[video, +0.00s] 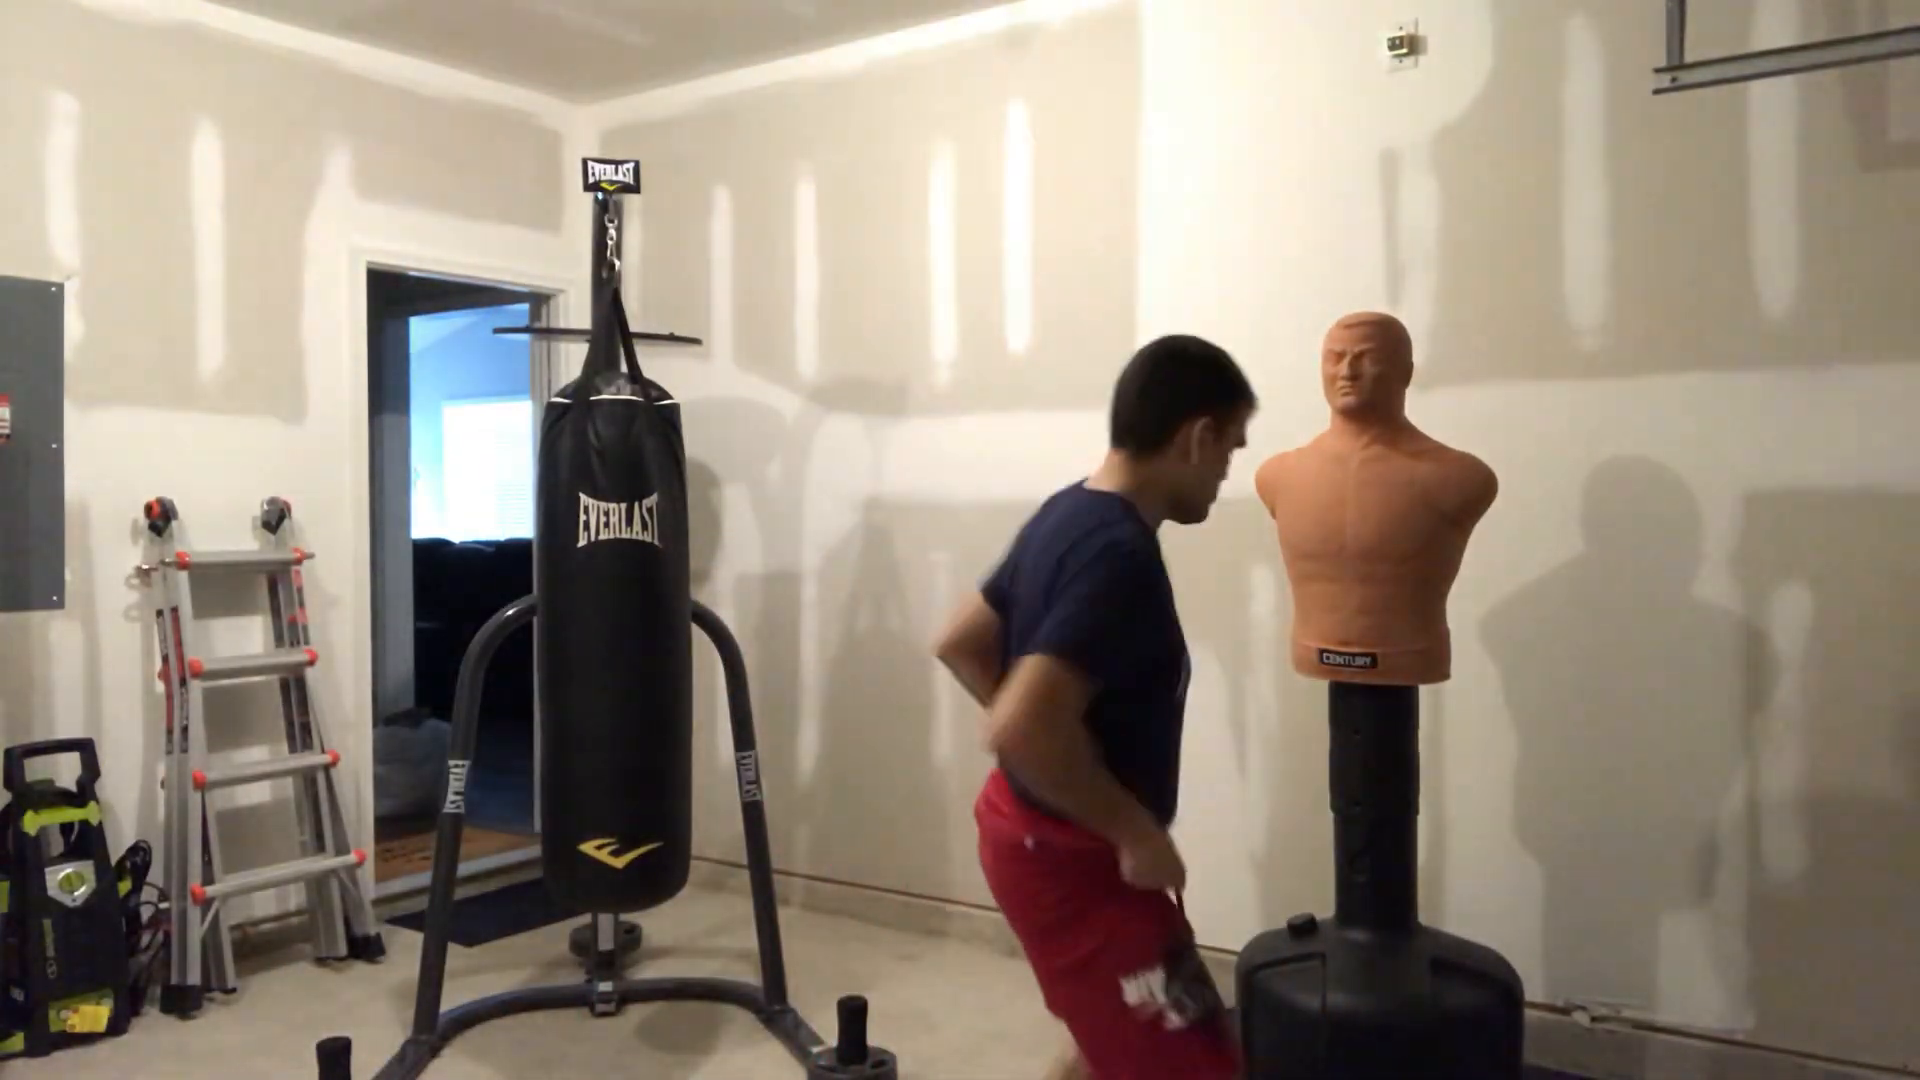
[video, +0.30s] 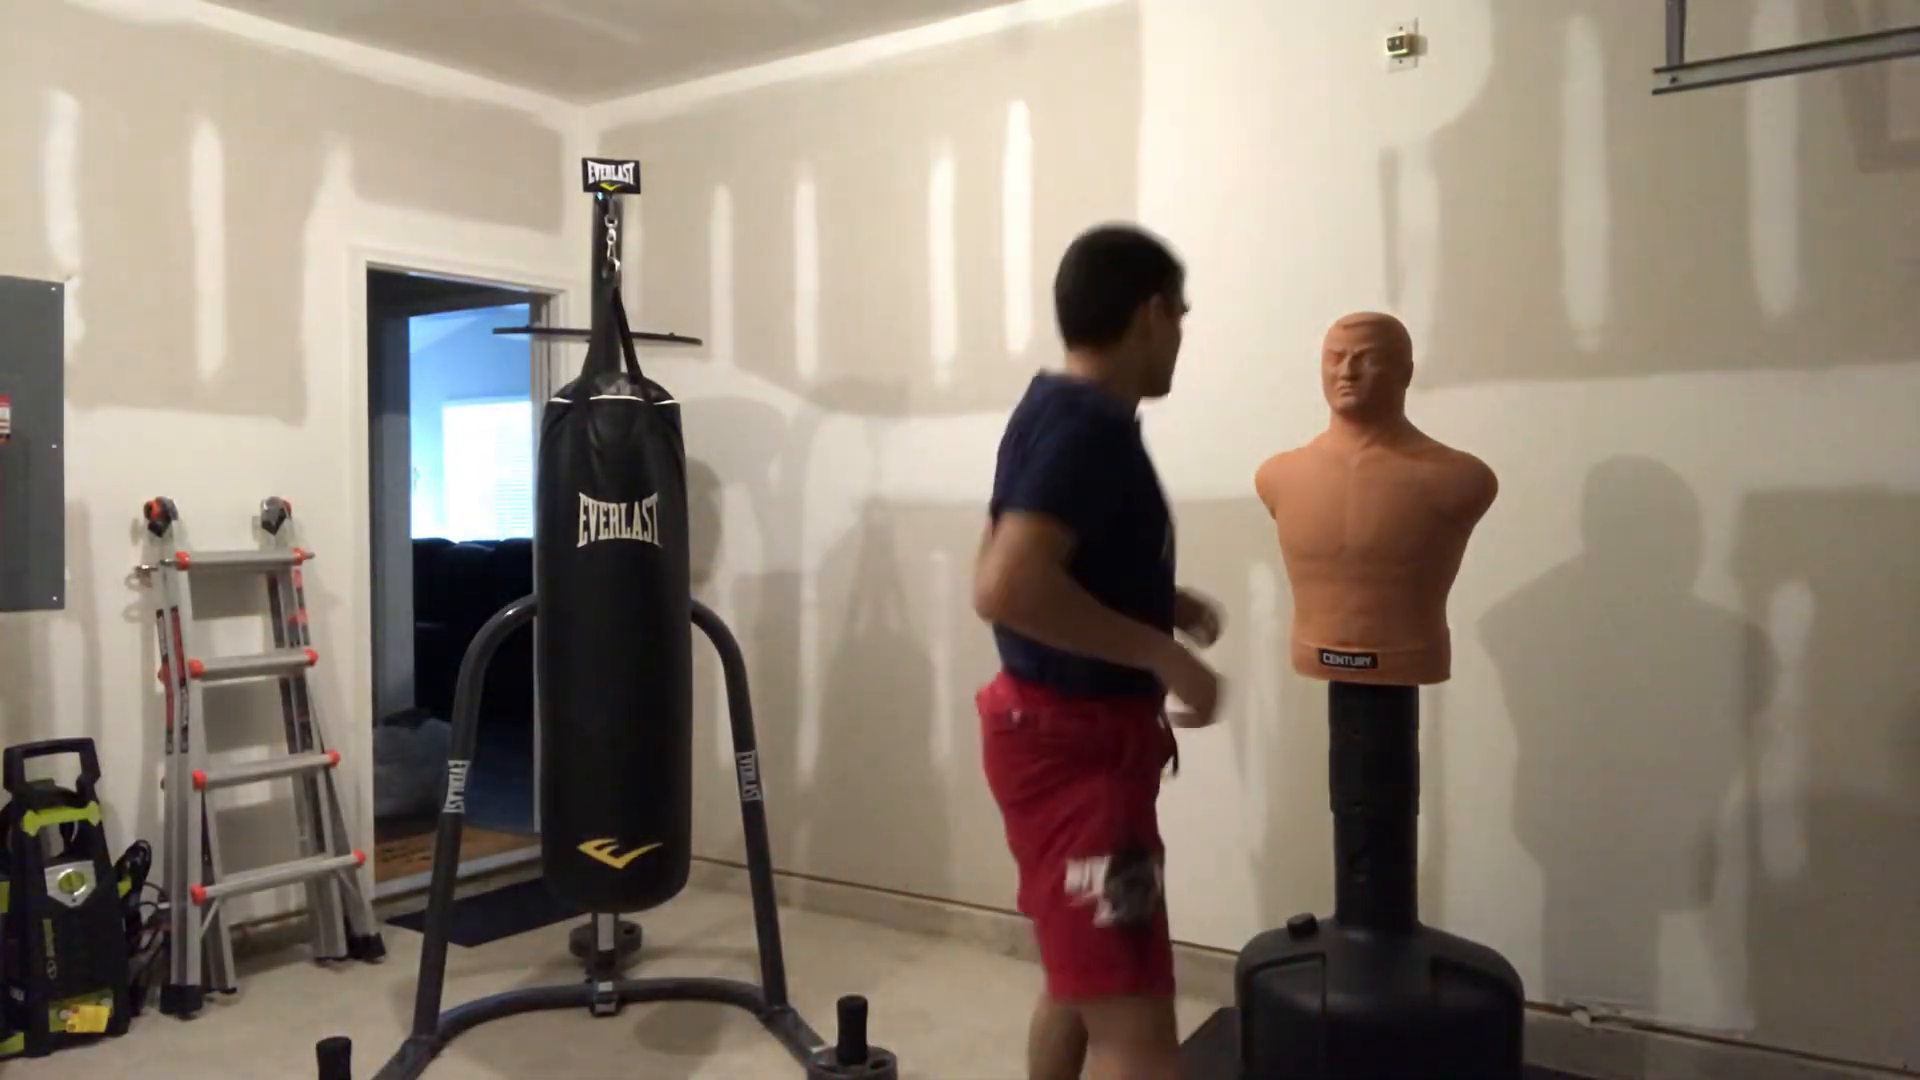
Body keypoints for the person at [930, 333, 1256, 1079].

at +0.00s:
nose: (1231, 469)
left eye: (1236, 448)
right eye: (1232, 445)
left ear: (1135, 425)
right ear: (1196, 436)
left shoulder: (1069, 511)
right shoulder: (1118, 546)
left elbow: (963, 645)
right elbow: (1027, 729)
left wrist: (1044, 737)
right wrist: (1134, 831)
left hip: (1031, 833)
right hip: (1076, 855)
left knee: (1114, 1045)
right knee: (1189, 1060)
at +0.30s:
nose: (1180, 337)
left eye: (1179, 317)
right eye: (1177, 316)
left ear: (1082, 315)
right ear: (1145, 315)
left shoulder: (1053, 407)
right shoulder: (1080, 422)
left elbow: (1014, 559)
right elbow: (1008, 587)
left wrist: (1163, 602)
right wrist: (1164, 656)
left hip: (1063, 723)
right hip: (1078, 733)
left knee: (1074, 995)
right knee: (1135, 1025)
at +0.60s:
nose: (1156, 379)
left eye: (1156, 357)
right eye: (1154, 356)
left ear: (1051, 361)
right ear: (1126, 354)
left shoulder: (1030, 470)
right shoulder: (1078, 479)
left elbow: (1056, 612)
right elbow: (1128, 685)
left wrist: (1169, 572)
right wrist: (1269, 593)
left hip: (1020, 806)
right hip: (1052, 819)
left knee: (1088, 1052)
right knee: (1101, 1058)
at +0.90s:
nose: (1142, 390)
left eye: (1140, 367)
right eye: (1137, 367)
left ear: (1027, 373)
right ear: (1104, 372)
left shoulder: (989, 484)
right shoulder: (1071, 492)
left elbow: (1078, 568)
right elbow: (1256, 625)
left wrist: (1161, 477)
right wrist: (1272, 521)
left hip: (982, 821)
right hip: (1045, 839)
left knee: (1028, 1062)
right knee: (1068, 1066)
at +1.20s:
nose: (1143, 368)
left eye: (1146, 346)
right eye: (1143, 345)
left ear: (1024, 342)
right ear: (1115, 342)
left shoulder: (972, 461)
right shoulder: (1097, 464)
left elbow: (1075, 549)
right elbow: (1272, 606)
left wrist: (1158, 453)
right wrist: (1278, 484)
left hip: (958, 816)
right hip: (1032, 833)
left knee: (1006, 1061)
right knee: (1070, 1064)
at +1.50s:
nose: (1155, 372)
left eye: (1153, 353)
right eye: (1154, 352)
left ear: (1036, 358)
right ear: (1134, 354)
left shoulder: (991, 462)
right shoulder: (1130, 481)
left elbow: (1063, 519)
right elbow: (1293, 616)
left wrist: (1131, 440)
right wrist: (1305, 508)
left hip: (980, 813)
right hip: (1029, 834)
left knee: (1093, 1021)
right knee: (1026, 1061)